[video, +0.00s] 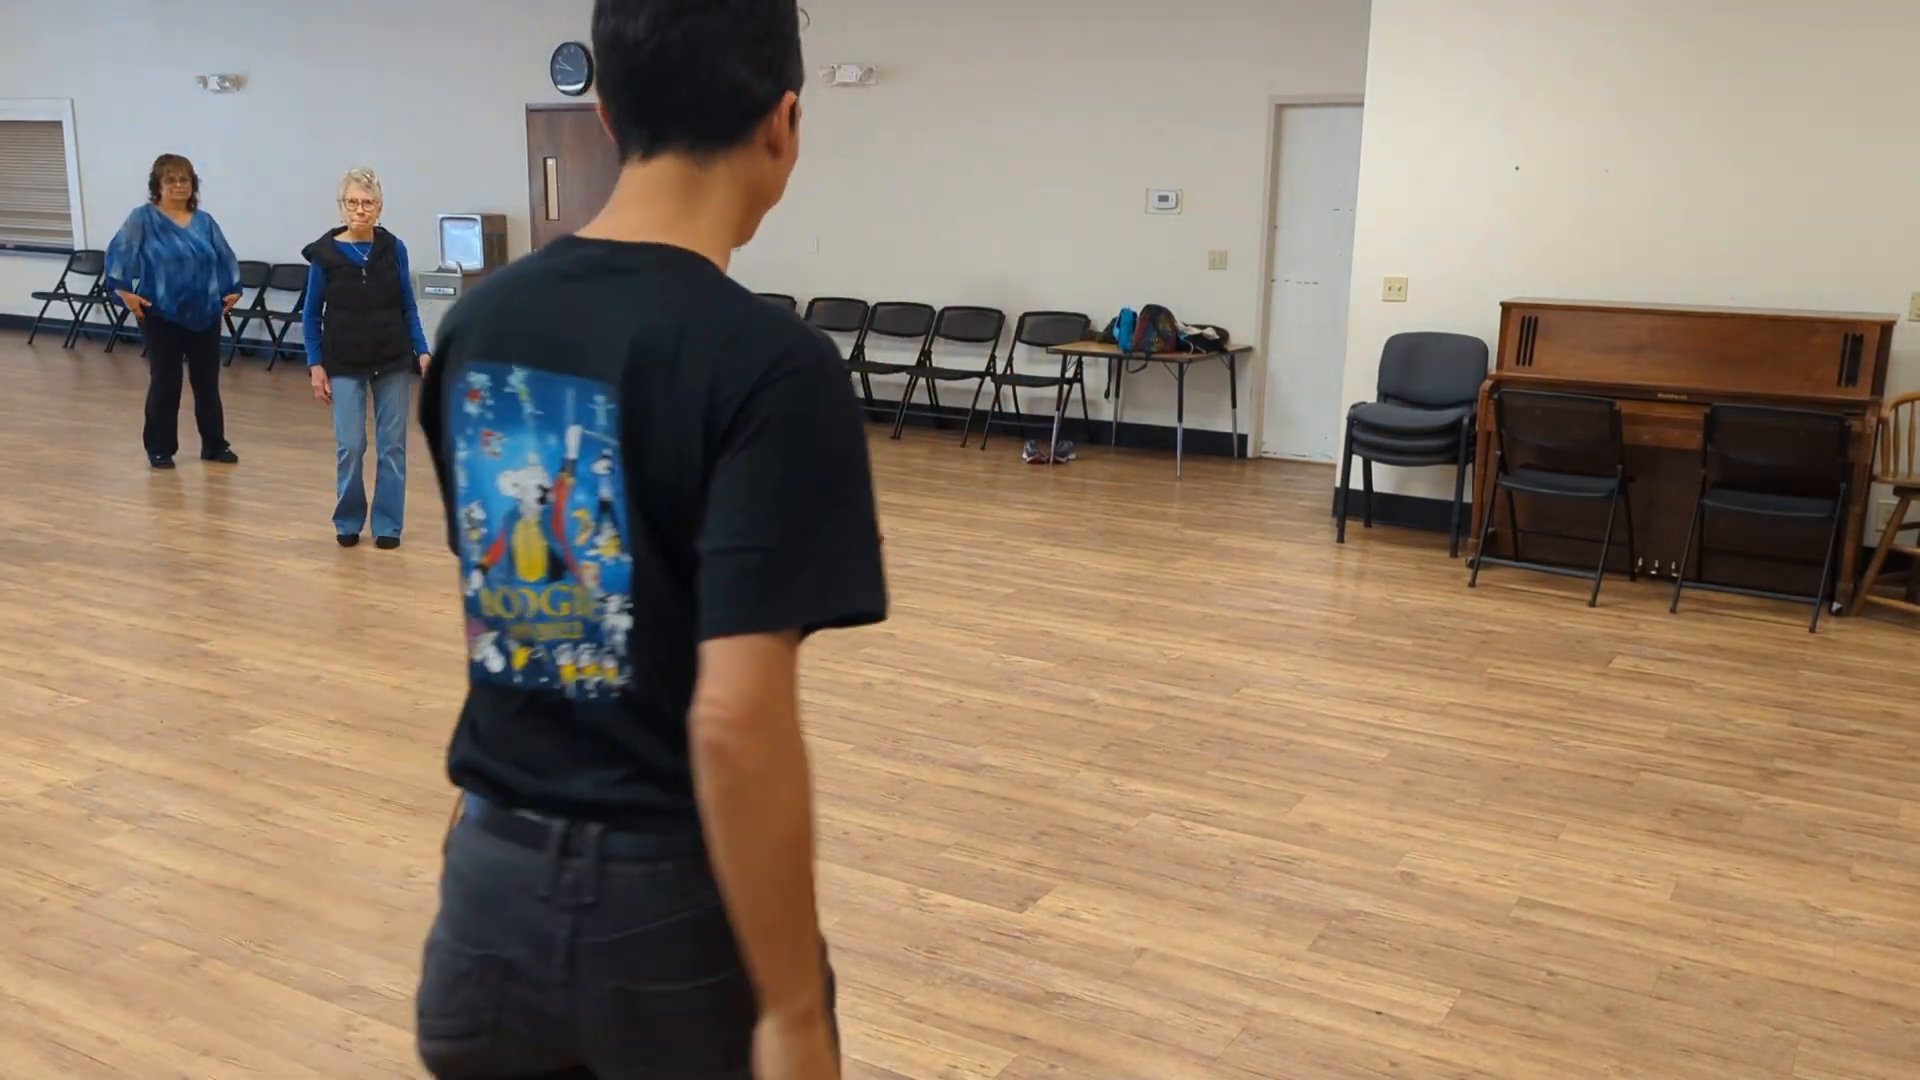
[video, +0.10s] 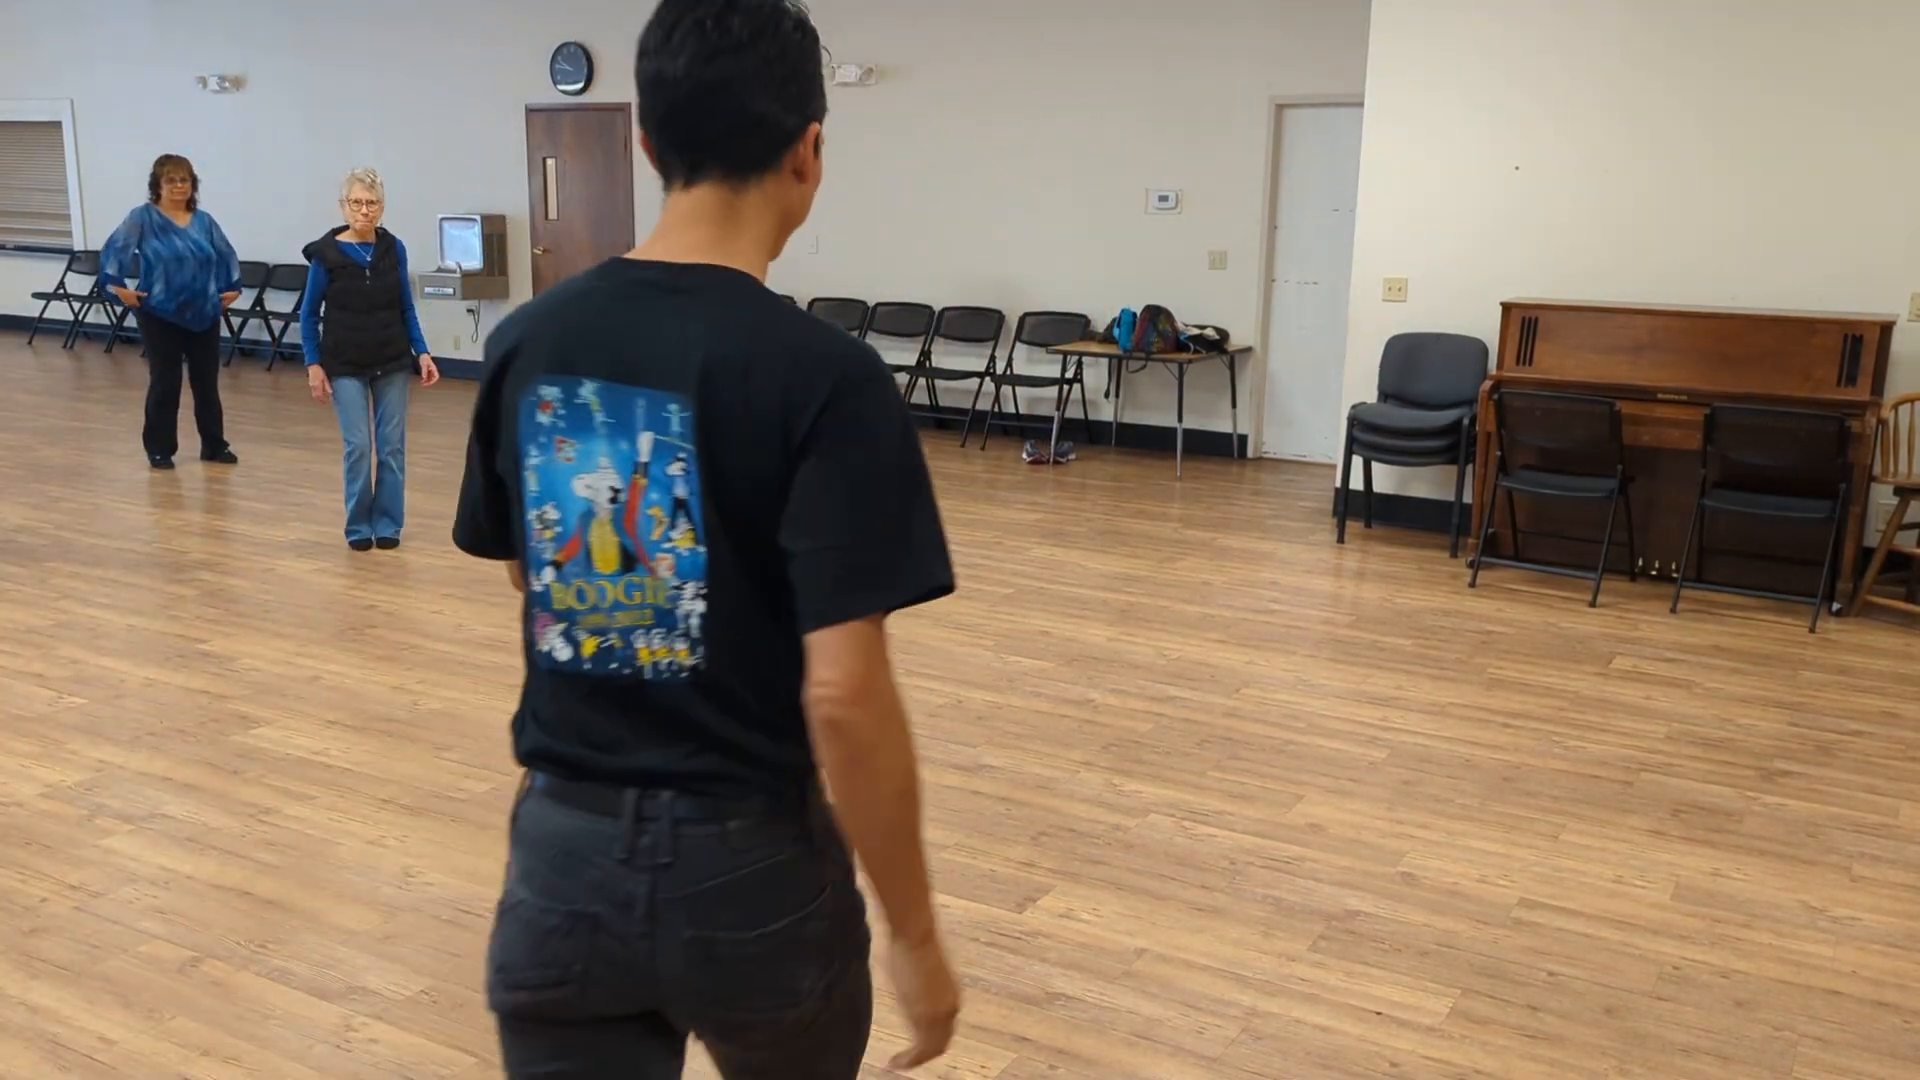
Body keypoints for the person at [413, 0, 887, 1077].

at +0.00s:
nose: (797, 145)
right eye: (801, 117)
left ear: (606, 113)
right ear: (782, 124)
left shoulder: (479, 323)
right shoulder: (762, 359)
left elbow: (505, 608)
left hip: (491, 862)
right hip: (671, 890)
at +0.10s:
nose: (824, 168)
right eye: (827, 139)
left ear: (645, 140)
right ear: (807, 152)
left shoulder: (533, 342)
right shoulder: (823, 375)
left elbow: (532, 580)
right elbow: (844, 696)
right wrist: (913, 932)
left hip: (562, 848)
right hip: (755, 866)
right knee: (796, 1061)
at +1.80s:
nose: (762, 142)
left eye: (774, 127)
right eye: (743, 125)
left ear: (785, 135)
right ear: (705, 132)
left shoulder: (781, 233)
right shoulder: (663, 236)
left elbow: (779, 333)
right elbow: (590, 355)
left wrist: (776, 405)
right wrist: (695, 421)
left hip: (746, 484)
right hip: (673, 484)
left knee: (744, 655)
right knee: (686, 668)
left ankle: (735, 810)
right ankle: (640, 853)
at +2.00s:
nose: (706, 140)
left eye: (718, 126)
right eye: (688, 124)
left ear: (731, 136)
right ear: (649, 131)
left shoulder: (732, 230)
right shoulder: (608, 233)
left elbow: (744, 325)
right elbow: (541, 354)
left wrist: (736, 395)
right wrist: (642, 412)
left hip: (705, 475)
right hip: (624, 478)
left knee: (724, 648)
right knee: (600, 666)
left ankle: (734, 808)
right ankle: (572, 841)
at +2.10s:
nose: (678, 138)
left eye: (690, 125)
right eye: (660, 123)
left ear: (703, 137)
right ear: (623, 132)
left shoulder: (708, 226)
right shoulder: (578, 237)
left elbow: (709, 318)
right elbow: (501, 350)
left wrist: (710, 385)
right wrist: (602, 410)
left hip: (681, 473)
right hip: (599, 479)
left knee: (710, 646)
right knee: (582, 665)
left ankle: (731, 809)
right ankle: (569, 842)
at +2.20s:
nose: (652, 142)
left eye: (665, 127)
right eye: (634, 126)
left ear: (678, 138)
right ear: (600, 135)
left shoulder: (690, 222)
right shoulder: (555, 242)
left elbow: (663, 319)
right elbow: (471, 351)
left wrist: (677, 383)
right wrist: (578, 405)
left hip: (667, 469)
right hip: (584, 478)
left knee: (702, 645)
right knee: (574, 666)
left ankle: (729, 808)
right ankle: (569, 841)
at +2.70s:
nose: (633, 140)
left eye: (645, 126)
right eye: (615, 126)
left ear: (658, 135)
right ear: (581, 135)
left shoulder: (682, 214)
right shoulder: (545, 245)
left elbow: (675, 321)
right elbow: (466, 344)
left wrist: (683, 419)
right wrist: (559, 396)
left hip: (679, 468)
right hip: (595, 477)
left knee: (696, 642)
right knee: (583, 662)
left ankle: (710, 793)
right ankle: (570, 842)